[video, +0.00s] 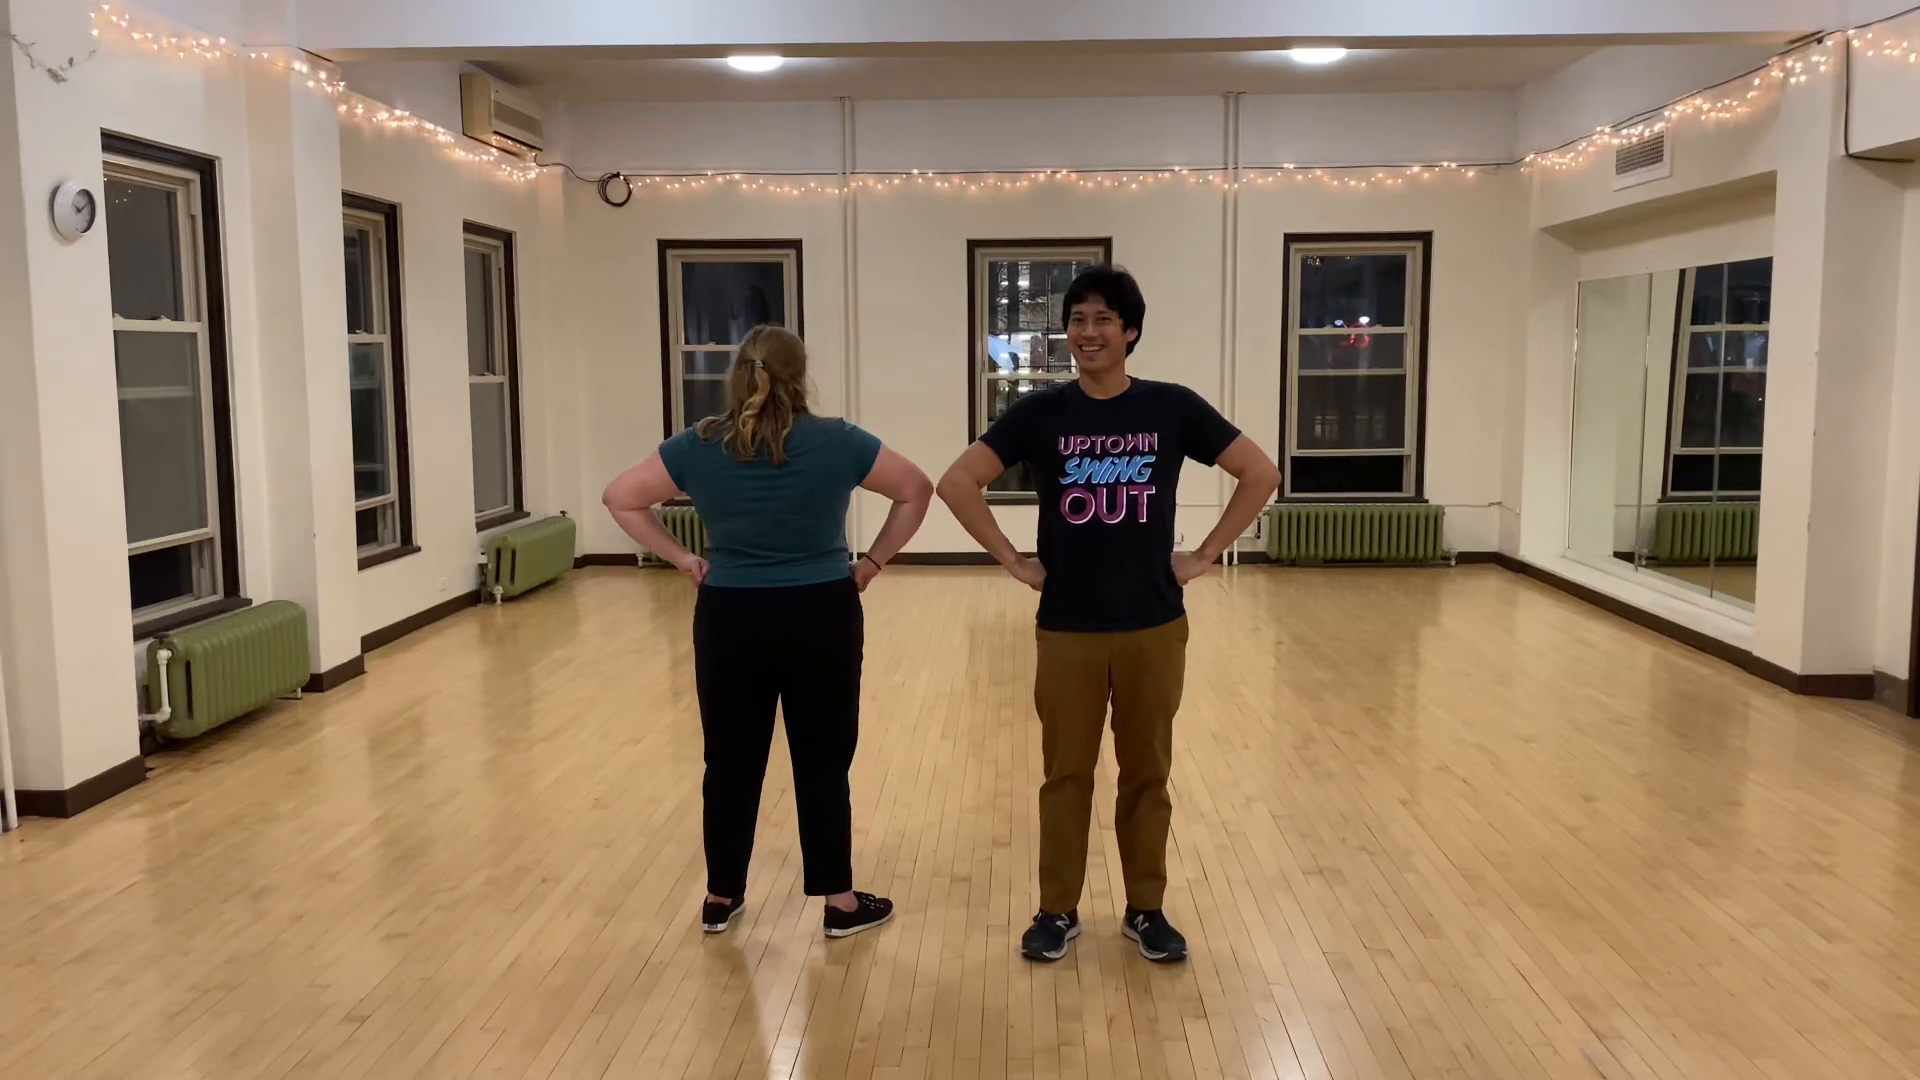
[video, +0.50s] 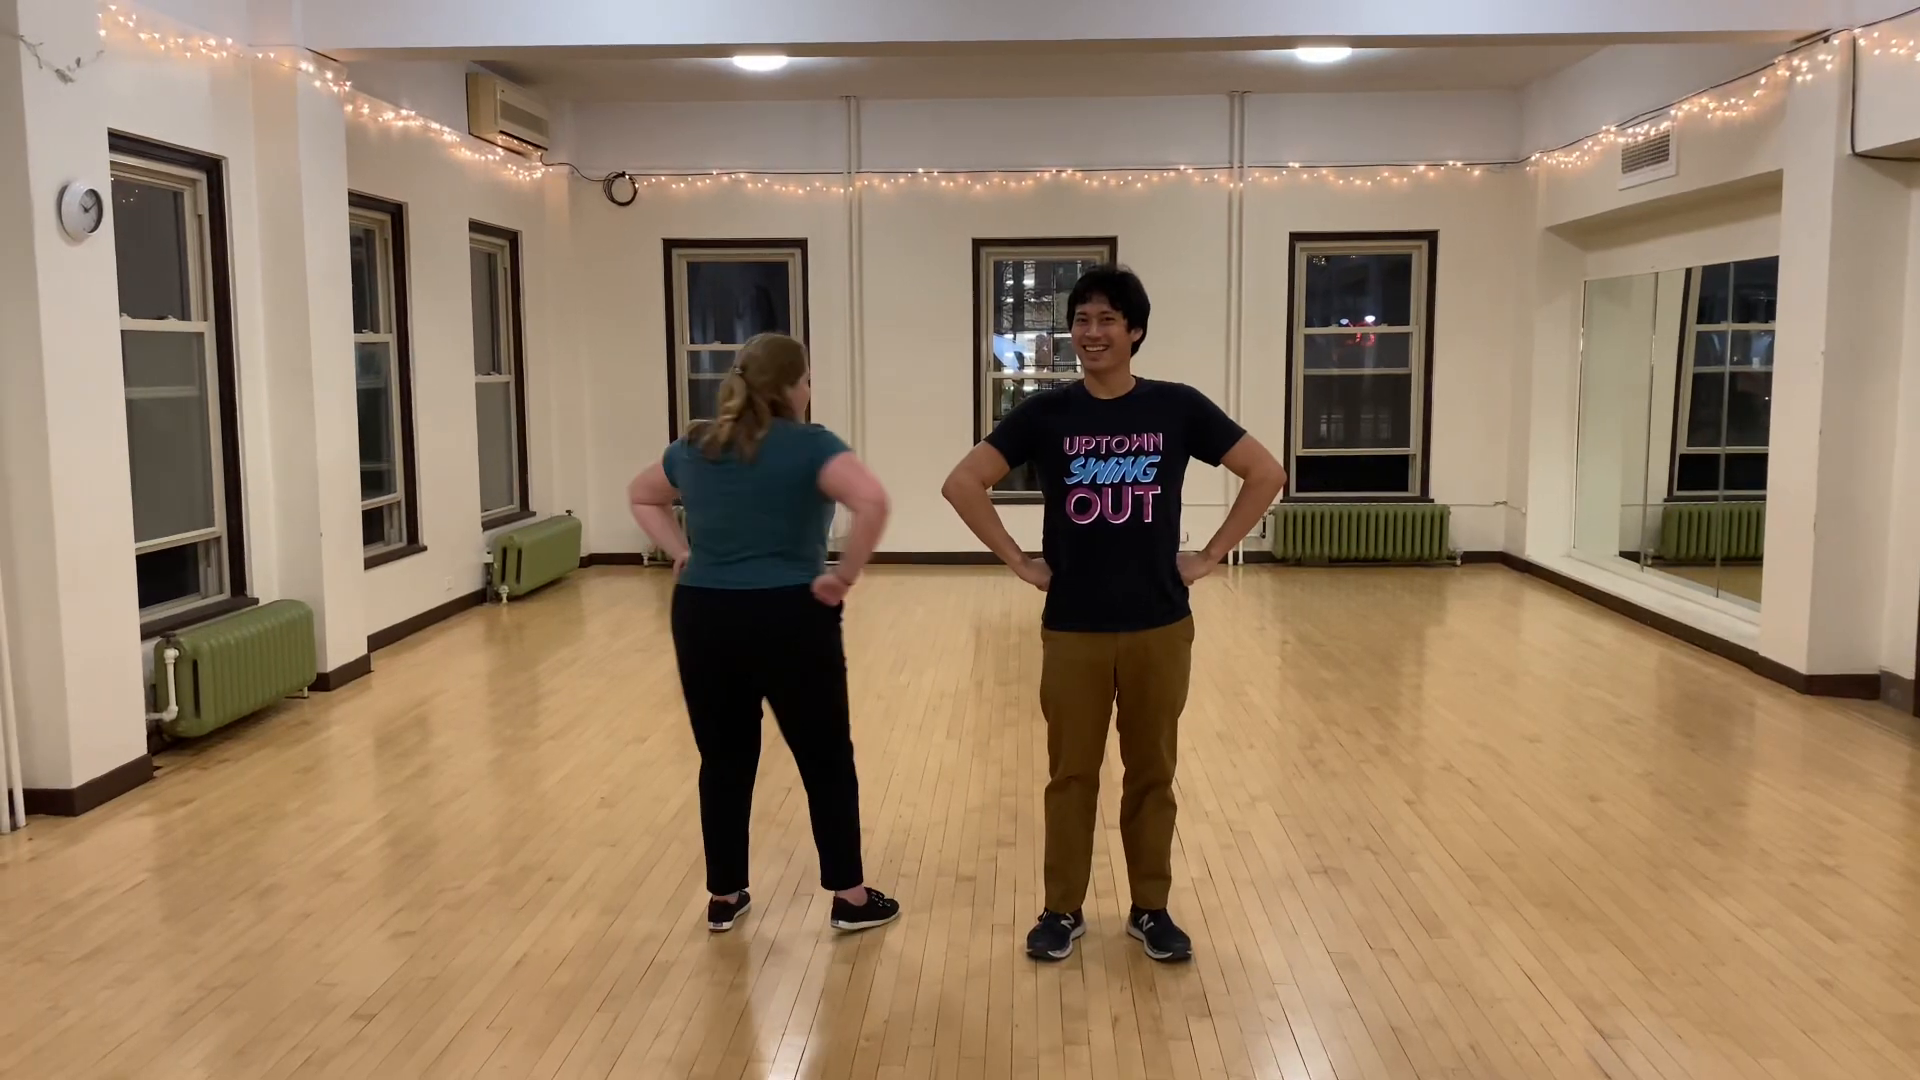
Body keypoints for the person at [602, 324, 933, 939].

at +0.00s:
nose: (801, 378)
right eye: (800, 370)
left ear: (737, 379)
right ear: (800, 379)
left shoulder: (700, 447)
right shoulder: (836, 442)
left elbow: (621, 498)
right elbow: (916, 490)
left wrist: (684, 560)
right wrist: (873, 561)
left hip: (729, 624)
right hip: (821, 621)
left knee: (730, 761)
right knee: (824, 762)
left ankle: (721, 897)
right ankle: (840, 899)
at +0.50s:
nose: (810, 391)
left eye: (808, 380)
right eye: (807, 382)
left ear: (742, 386)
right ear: (792, 388)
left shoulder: (696, 448)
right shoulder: (809, 444)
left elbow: (643, 497)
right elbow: (872, 500)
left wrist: (682, 553)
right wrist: (842, 576)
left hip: (705, 622)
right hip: (793, 622)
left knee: (724, 759)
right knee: (826, 758)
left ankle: (725, 895)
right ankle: (848, 894)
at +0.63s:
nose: (805, 390)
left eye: (806, 379)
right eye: (793, 379)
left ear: (746, 390)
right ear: (757, 385)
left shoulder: (720, 437)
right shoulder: (761, 434)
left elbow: (710, 521)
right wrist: (774, 569)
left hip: (685, 604)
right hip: (747, 607)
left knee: (719, 749)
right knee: (810, 736)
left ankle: (727, 892)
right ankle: (836, 881)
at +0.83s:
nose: (758, 383)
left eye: (770, 373)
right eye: (745, 372)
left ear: (786, 382)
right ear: (724, 380)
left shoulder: (788, 446)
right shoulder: (701, 431)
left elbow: (819, 505)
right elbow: (628, 478)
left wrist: (789, 551)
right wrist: (674, 565)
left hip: (753, 610)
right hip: (694, 606)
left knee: (728, 748)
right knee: (748, 742)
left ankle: (723, 887)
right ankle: (699, 892)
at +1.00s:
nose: (732, 390)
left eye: (745, 380)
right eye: (720, 378)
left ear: (763, 389)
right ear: (700, 384)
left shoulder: (776, 452)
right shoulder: (666, 438)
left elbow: (832, 502)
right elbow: (586, 491)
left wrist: (786, 564)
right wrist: (638, 576)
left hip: (757, 623)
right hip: (680, 623)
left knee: (744, 764)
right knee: (675, 772)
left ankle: (726, 893)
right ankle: (655, 928)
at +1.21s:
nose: (709, 383)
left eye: (722, 372)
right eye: (697, 372)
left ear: (741, 381)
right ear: (677, 379)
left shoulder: (766, 443)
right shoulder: (647, 441)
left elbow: (834, 494)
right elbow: (564, 497)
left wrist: (781, 559)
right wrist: (621, 576)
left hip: (750, 622)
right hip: (671, 625)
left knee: (738, 763)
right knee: (675, 774)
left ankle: (726, 893)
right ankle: (658, 927)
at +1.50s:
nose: (708, 382)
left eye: (720, 372)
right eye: (695, 371)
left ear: (737, 380)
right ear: (674, 379)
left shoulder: (761, 441)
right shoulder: (647, 440)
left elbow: (828, 492)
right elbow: (568, 497)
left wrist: (776, 555)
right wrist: (626, 577)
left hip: (745, 621)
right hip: (668, 624)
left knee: (734, 763)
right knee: (673, 774)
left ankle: (728, 892)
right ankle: (660, 923)